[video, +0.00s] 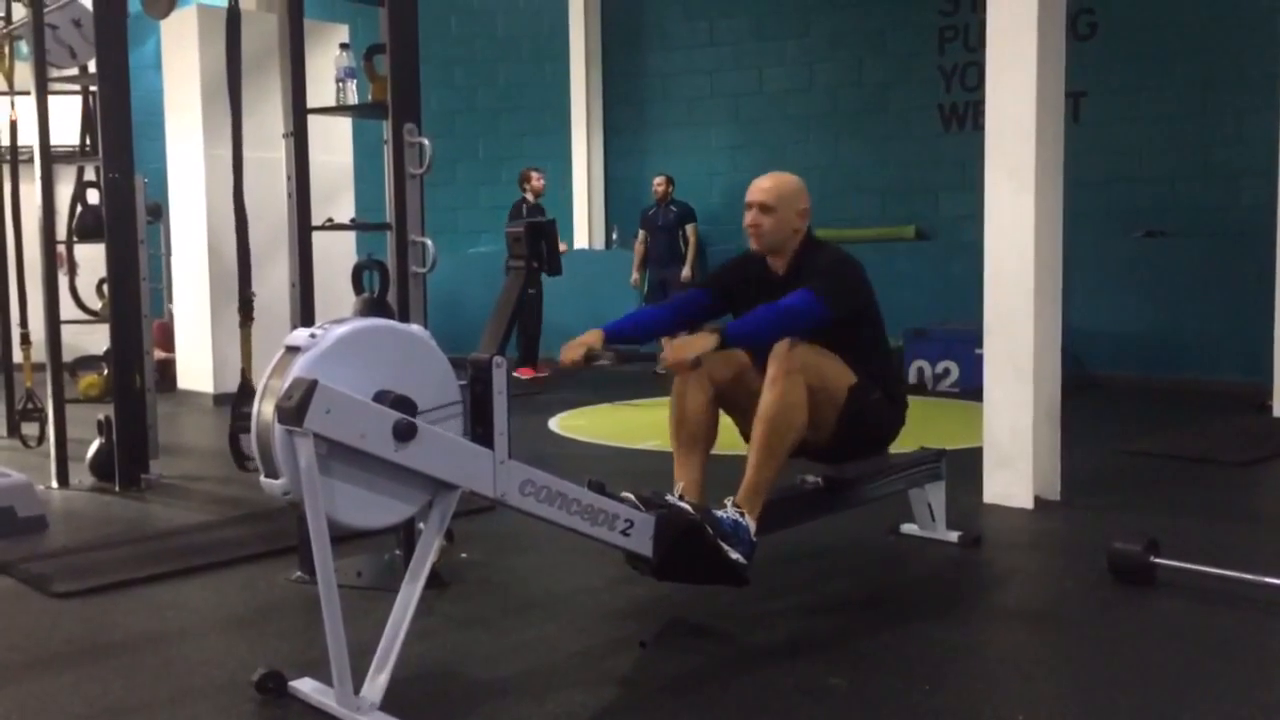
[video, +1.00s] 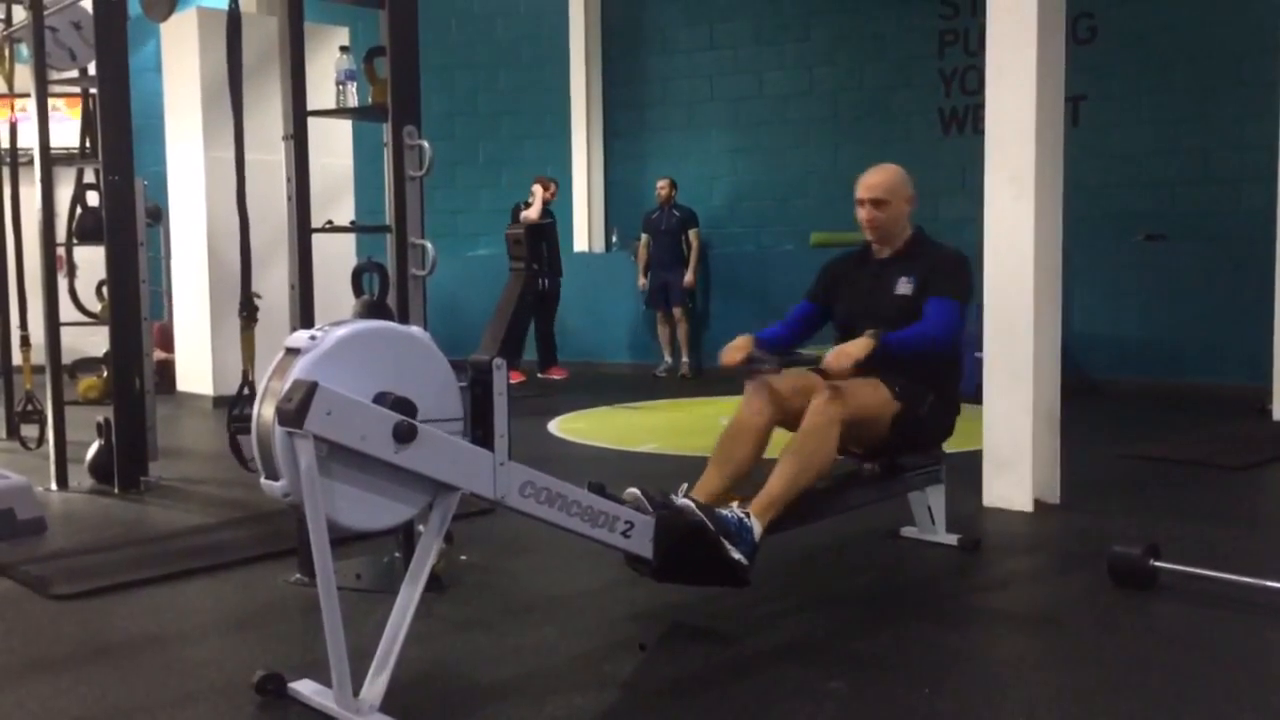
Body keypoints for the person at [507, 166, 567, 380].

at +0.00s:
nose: (543, 183)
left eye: (542, 179)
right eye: (538, 180)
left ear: (536, 185)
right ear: (527, 184)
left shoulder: (538, 209)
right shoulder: (520, 208)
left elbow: (539, 240)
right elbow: (524, 241)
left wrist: (554, 247)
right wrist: (553, 248)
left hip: (535, 269)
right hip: (523, 269)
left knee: (533, 318)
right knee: (526, 318)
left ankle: (531, 363)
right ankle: (524, 364)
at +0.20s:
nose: (536, 184)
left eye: (536, 180)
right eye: (532, 180)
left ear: (529, 185)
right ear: (520, 186)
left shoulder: (537, 211)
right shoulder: (511, 210)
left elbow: (542, 241)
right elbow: (512, 243)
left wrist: (543, 265)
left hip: (532, 272)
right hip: (515, 273)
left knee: (532, 320)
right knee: (515, 320)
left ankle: (530, 366)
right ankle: (512, 367)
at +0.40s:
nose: (533, 185)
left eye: (533, 182)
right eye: (529, 182)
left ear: (532, 185)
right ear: (517, 186)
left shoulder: (535, 212)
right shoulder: (506, 209)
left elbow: (540, 240)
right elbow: (510, 229)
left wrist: (543, 265)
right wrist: (528, 205)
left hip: (534, 272)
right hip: (512, 273)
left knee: (539, 320)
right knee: (510, 320)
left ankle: (531, 365)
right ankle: (510, 367)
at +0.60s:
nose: (537, 189)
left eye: (537, 186)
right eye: (533, 185)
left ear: (533, 189)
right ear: (520, 187)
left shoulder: (534, 213)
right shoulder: (505, 208)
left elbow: (540, 242)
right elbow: (521, 214)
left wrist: (546, 266)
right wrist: (522, 191)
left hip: (536, 273)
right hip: (514, 273)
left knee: (544, 320)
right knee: (511, 321)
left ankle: (546, 364)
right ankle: (510, 367)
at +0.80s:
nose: (544, 194)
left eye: (544, 190)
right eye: (541, 190)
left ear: (541, 193)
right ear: (528, 190)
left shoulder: (540, 215)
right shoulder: (512, 209)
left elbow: (546, 244)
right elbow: (525, 216)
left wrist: (551, 269)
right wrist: (528, 195)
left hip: (542, 274)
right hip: (520, 275)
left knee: (542, 323)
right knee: (514, 323)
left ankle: (548, 367)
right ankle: (510, 368)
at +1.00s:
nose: (552, 198)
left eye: (553, 195)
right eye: (550, 194)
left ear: (551, 196)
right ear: (539, 191)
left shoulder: (549, 215)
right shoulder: (521, 209)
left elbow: (552, 246)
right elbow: (532, 217)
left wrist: (556, 272)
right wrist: (537, 196)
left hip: (550, 276)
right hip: (528, 276)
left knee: (546, 324)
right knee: (519, 322)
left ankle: (548, 365)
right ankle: (511, 366)